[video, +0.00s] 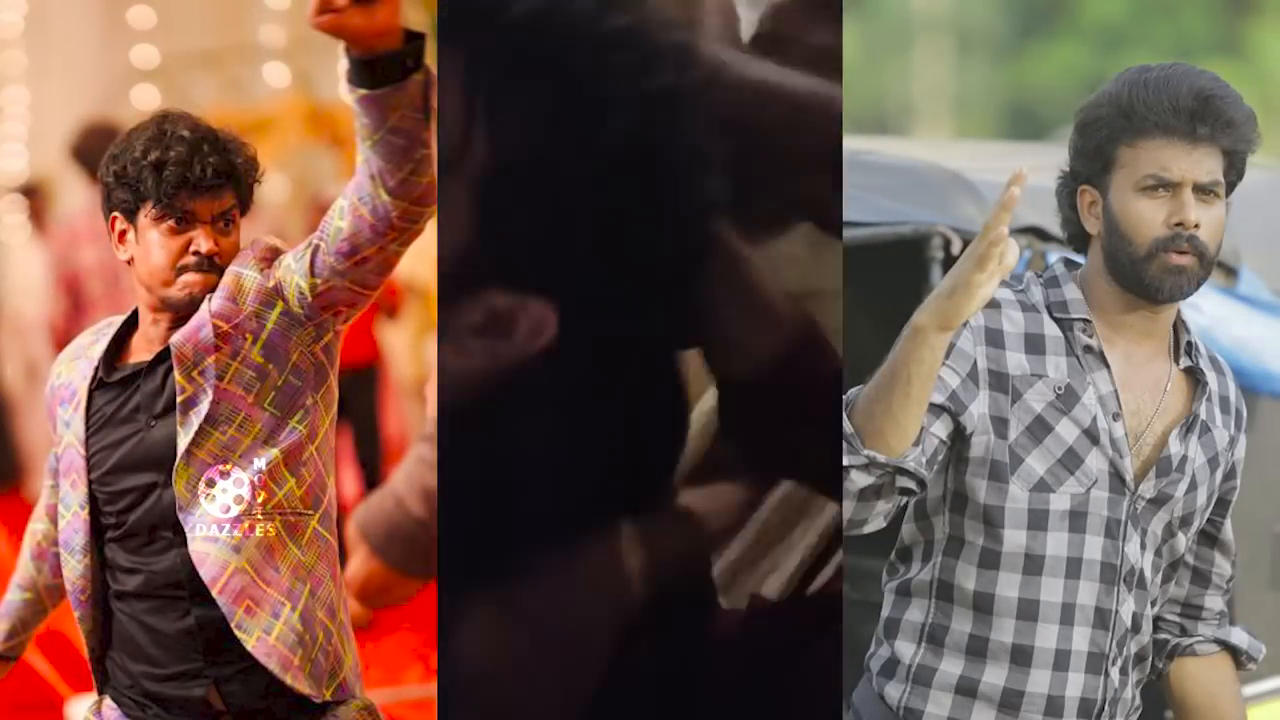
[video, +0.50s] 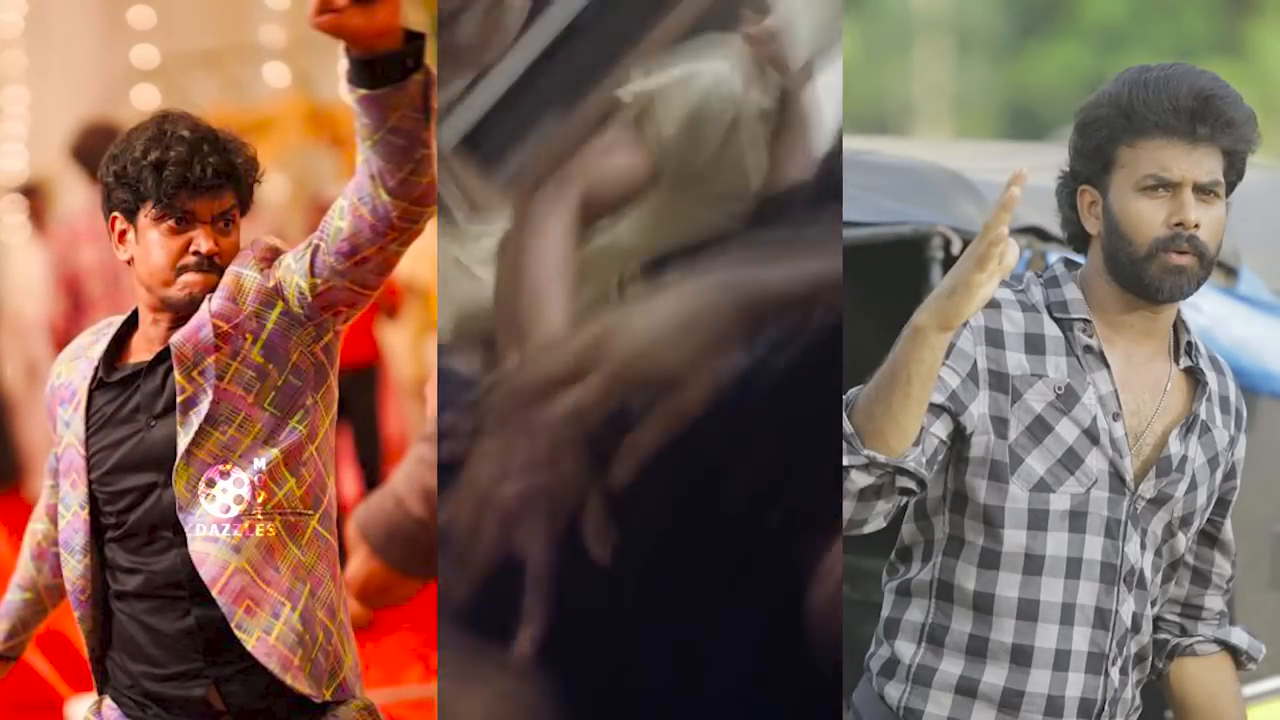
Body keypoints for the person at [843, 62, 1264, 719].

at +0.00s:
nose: (1188, 217)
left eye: (1207, 194)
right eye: (1157, 189)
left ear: (1227, 208)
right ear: (1092, 208)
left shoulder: (1219, 397)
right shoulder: (984, 329)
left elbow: (1193, 618)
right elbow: (854, 506)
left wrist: (1226, 711)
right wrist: (931, 327)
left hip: (1105, 710)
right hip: (935, 702)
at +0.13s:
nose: (1188, 217)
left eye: (1207, 194)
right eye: (1157, 189)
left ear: (1227, 208)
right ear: (1092, 208)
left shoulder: (1219, 397)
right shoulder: (984, 329)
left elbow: (1193, 618)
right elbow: (852, 509)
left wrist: (1226, 711)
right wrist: (931, 327)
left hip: (1105, 710)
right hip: (935, 702)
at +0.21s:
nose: (1188, 217)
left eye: (1207, 194)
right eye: (1157, 190)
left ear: (1227, 208)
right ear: (1092, 208)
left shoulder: (1219, 397)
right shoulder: (984, 329)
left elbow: (1193, 618)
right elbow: (851, 508)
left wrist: (1226, 711)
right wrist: (931, 327)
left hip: (1105, 710)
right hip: (934, 703)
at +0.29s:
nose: (1187, 217)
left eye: (1207, 194)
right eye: (1157, 190)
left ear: (1227, 209)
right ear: (1092, 208)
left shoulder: (1219, 398)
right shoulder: (984, 328)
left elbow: (1193, 615)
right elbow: (851, 507)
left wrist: (1224, 711)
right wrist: (931, 327)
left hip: (1106, 709)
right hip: (936, 702)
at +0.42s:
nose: (1187, 217)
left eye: (1207, 194)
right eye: (1157, 190)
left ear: (1227, 208)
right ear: (1092, 207)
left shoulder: (1219, 398)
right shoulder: (983, 328)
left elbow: (1193, 617)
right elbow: (853, 506)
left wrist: (1225, 711)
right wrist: (931, 327)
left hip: (1105, 709)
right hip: (935, 702)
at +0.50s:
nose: (1187, 217)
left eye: (1207, 194)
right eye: (1157, 190)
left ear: (1227, 208)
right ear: (1092, 207)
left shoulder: (1219, 398)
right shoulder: (983, 329)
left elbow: (1193, 617)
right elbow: (851, 507)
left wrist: (1225, 711)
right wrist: (931, 327)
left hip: (1105, 709)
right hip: (936, 702)